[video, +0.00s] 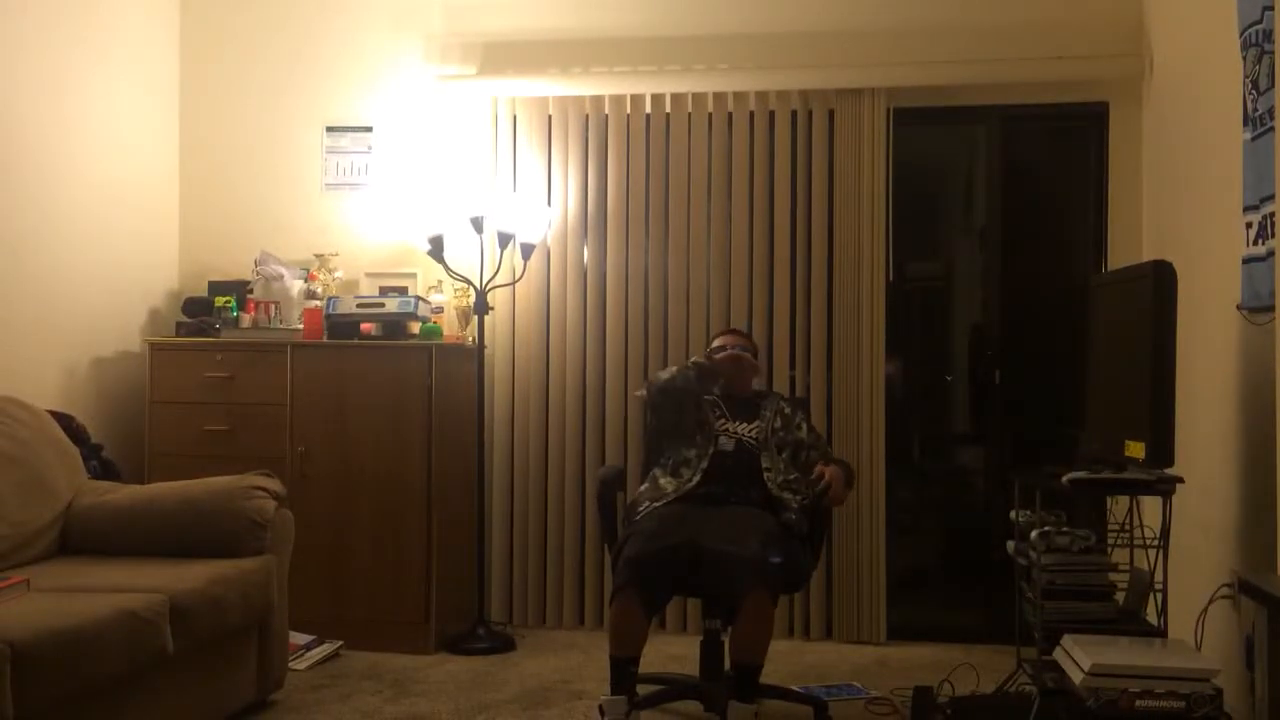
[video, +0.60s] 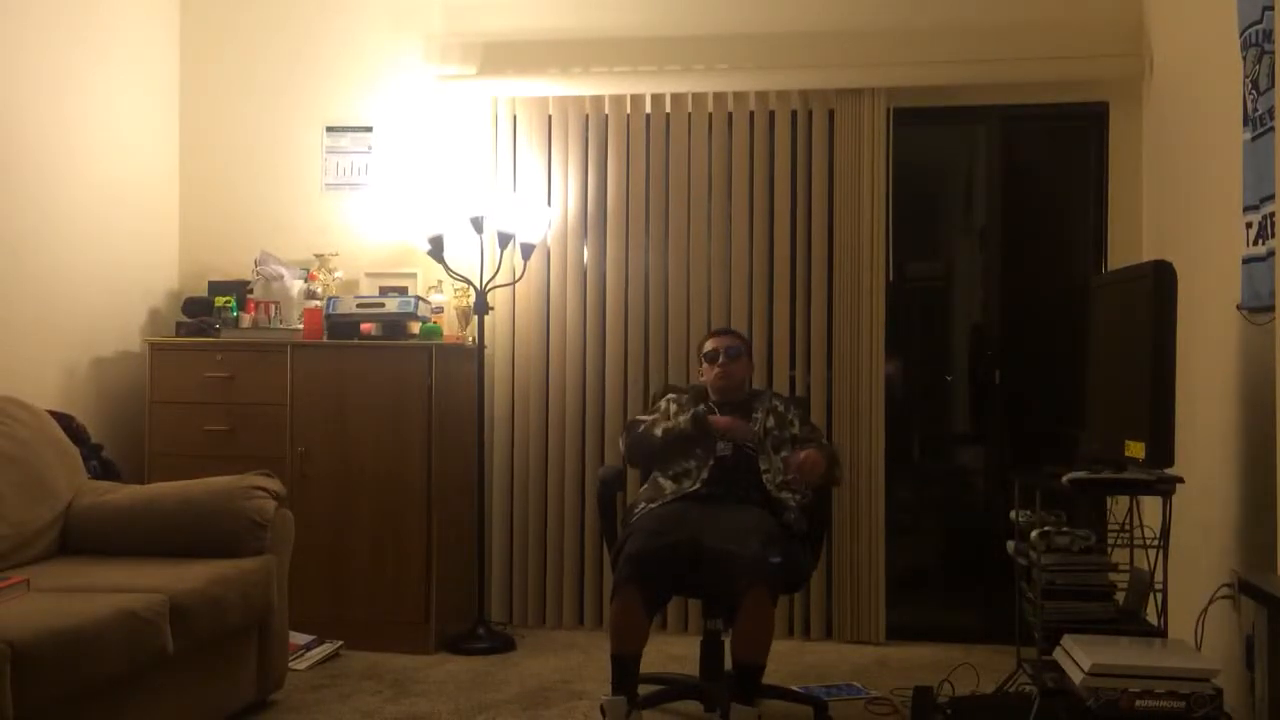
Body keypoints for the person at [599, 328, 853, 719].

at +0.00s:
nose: (733, 355)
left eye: (743, 350)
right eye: (721, 349)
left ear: (758, 366)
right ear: (706, 362)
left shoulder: (780, 409)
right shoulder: (686, 399)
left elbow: (816, 455)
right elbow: (658, 389)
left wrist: (835, 469)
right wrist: (709, 365)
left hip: (753, 508)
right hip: (678, 505)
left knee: (759, 580)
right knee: (636, 571)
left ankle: (744, 703)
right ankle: (620, 695)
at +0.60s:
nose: (721, 362)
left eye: (732, 355)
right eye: (711, 357)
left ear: (750, 365)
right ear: (701, 370)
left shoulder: (779, 409)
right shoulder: (674, 401)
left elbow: (827, 457)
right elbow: (634, 445)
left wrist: (819, 460)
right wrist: (704, 423)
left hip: (750, 508)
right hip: (676, 504)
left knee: (756, 579)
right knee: (636, 568)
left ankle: (746, 703)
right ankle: (622, 696)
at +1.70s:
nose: (740, 360)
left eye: (752, 357)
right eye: (732, 353)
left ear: (763, 374)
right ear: (713, 366)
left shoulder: (780, 414)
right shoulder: (674, 408)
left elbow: (822, 456)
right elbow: (631, 456)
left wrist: (820, 459)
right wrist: (690, 461)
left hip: (747, 509)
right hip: (672, 505)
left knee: (755, 577)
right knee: (638, 568)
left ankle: (746, 703)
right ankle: (621, 696)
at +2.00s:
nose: (743, 358)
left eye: (755, 356)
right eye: (734, 351)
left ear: (764, 379)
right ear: (715, 366)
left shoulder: (782, 415)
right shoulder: (674, 407)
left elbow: (825, 458)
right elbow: (631, 457)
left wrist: (821, 459)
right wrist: (690, 462)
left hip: (748, 509)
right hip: (672, 506)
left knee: (757, 577)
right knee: (637, 568)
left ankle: (746, 703)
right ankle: (621, 695)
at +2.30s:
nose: (743, 355)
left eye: (756, 355)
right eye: (735, 351)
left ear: (765, 380)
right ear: (715, 371)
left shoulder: (782, 414)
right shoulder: (675, 408)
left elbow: (825, 458)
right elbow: (634, 460)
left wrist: (821, 461)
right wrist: (691, 469)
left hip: (750, 508)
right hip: (674, 505)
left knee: (756, 574)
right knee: (638, 565)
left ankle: (746, 703)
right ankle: (621, 694)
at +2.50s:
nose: (737, 352)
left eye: (749, 352)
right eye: (729, 350)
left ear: (762, 376)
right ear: (713, 372)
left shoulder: (782, 414)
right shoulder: (675, 408)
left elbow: (825, 459)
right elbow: (634, 461)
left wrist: (821, 461)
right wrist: (691, 469)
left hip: (750, 508)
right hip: (674, 506)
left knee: (757, 575)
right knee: (637, 566)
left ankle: (746, 704)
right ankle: (621, 694)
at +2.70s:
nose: (728, 350)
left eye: (739, 349)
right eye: (718, 350)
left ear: (757, 372)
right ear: (708, 372)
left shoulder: (780, 413)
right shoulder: (674, 408)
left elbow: (825, 459)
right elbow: (634, 463)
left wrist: (821, 460)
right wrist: (690, 470)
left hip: (749, 508)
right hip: (673, 505)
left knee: (757, 577)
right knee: (637, 567)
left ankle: (746, 703)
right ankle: (621, 695)